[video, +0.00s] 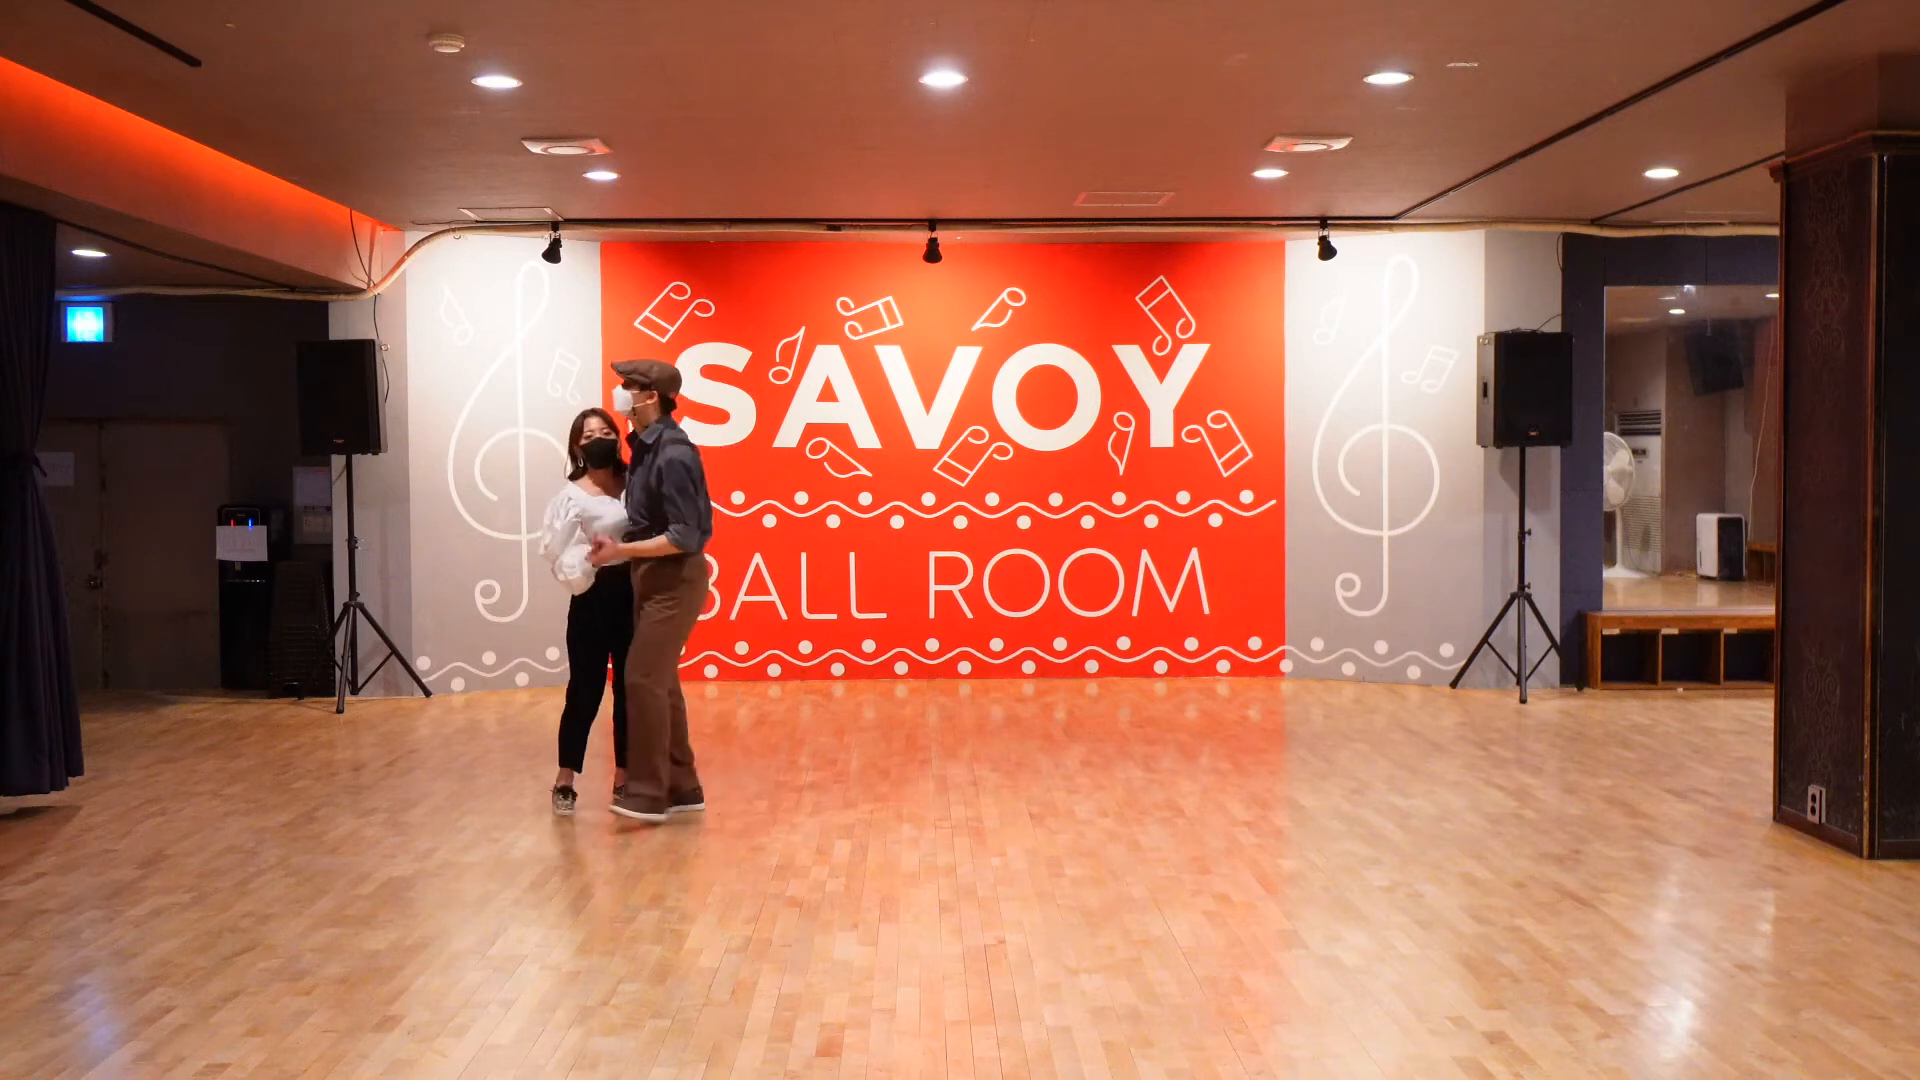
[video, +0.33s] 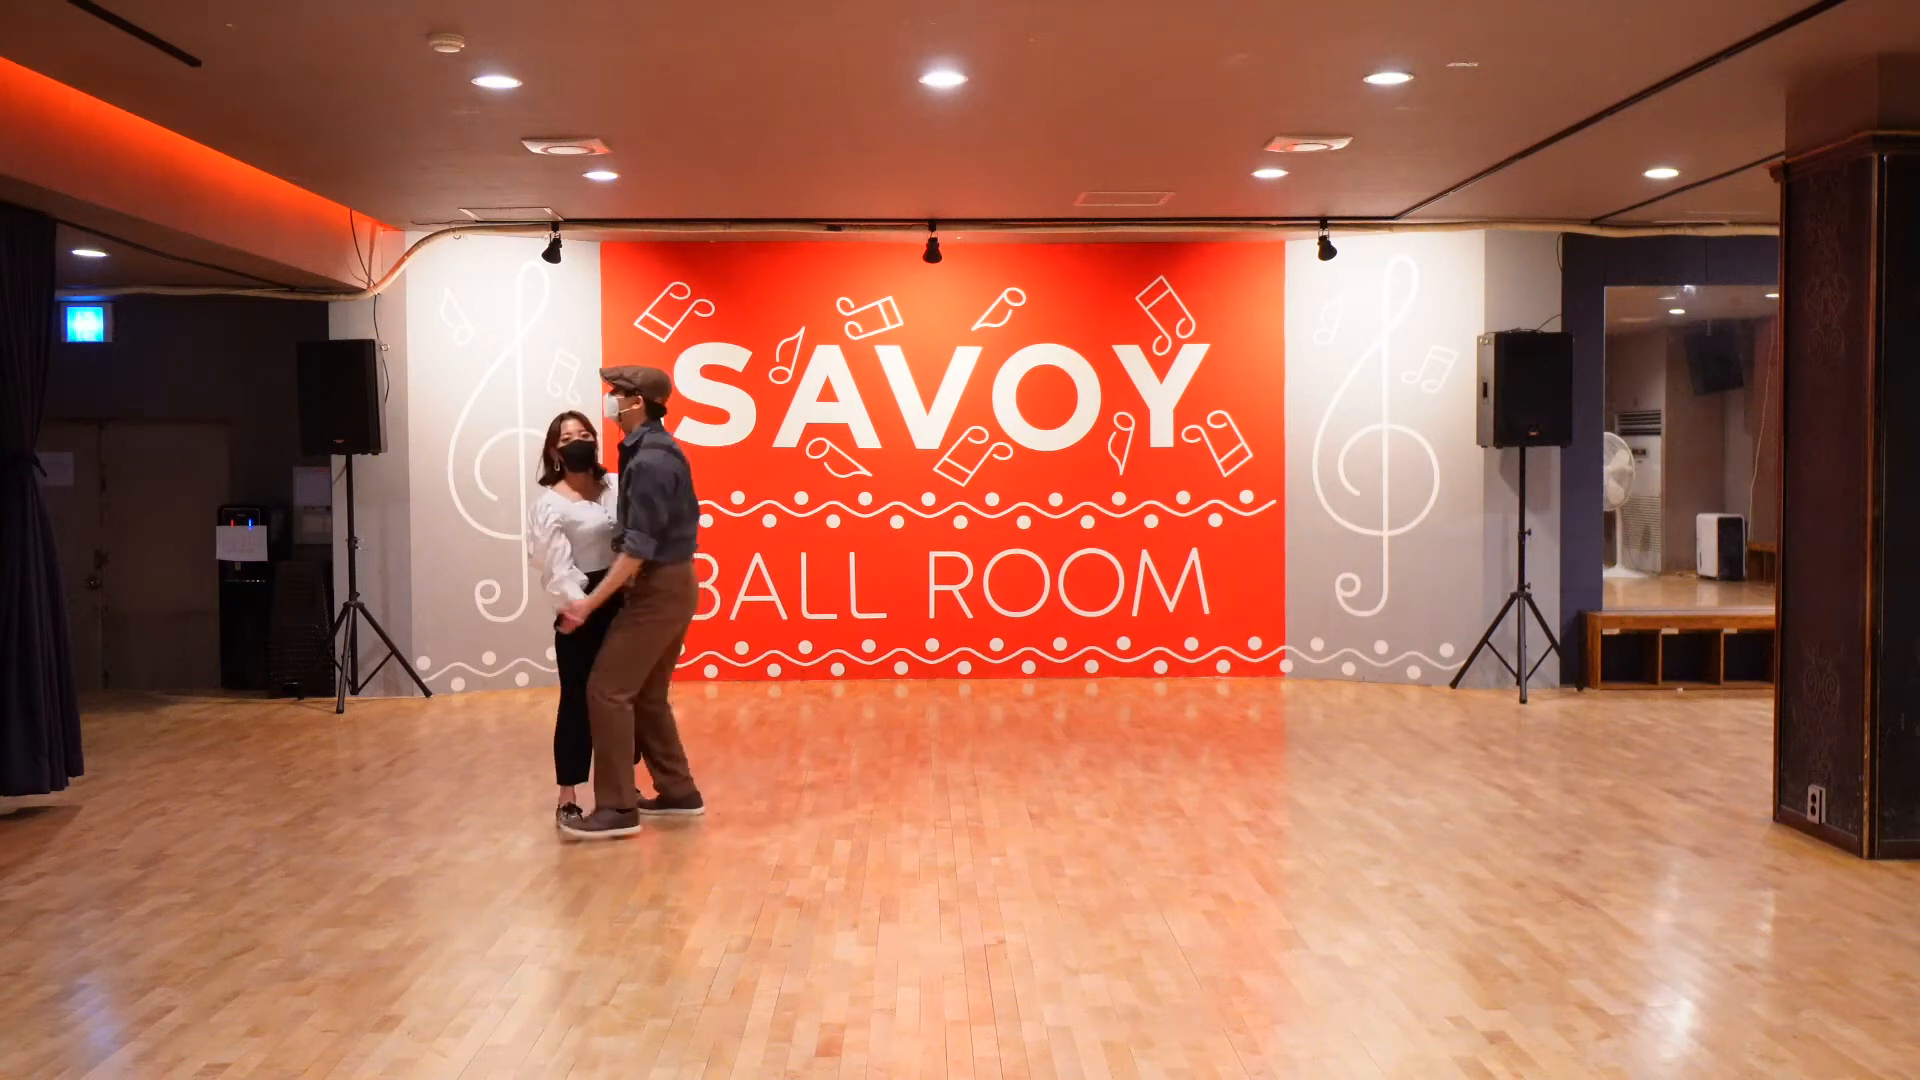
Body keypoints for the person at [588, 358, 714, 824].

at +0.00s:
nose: (623, 394)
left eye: (630, 388)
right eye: (625, 387)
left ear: (652, 397)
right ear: (651, 398)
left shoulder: (674, 452)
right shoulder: (647, 445)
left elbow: (686, 535)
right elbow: (642, 517)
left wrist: (624, 549)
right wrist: (607, 535)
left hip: (677, 575)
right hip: (652, 572)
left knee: (644, 675)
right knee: (661, 677)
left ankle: (647, 794)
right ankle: (682, 786)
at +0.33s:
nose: (609, 401)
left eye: (615, 394)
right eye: (612, 394)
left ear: (637, 403)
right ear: (642, 403)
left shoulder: (650, 459)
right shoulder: (655, 449)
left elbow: (637, 548)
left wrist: (590, 601)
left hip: (658, 585)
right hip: (674, 581)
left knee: (607, 689)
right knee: (648, 694)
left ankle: (616, 807)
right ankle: (678, 792)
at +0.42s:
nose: (608, 411)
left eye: (614, 404)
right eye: (610, 403)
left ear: (636, 411)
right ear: (645, 411)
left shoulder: (646, 463)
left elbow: (614, 545)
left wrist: (552, 584)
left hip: (653, 593)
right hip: (670, 590)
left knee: (595, 699)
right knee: (639, 699)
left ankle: (628, 813)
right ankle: (677, 793)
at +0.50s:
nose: (607, 418)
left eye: (613, 411)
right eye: (609, 411)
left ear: (637, 416)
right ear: (644, 417)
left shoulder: (639, 460)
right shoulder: (662, 459)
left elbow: (590, 528)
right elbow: (682, 544)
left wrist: (514, 543)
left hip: (645, 597)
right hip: (668, 592)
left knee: (593, 707)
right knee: (638, 703)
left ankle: (628, 818)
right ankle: (675, 792)